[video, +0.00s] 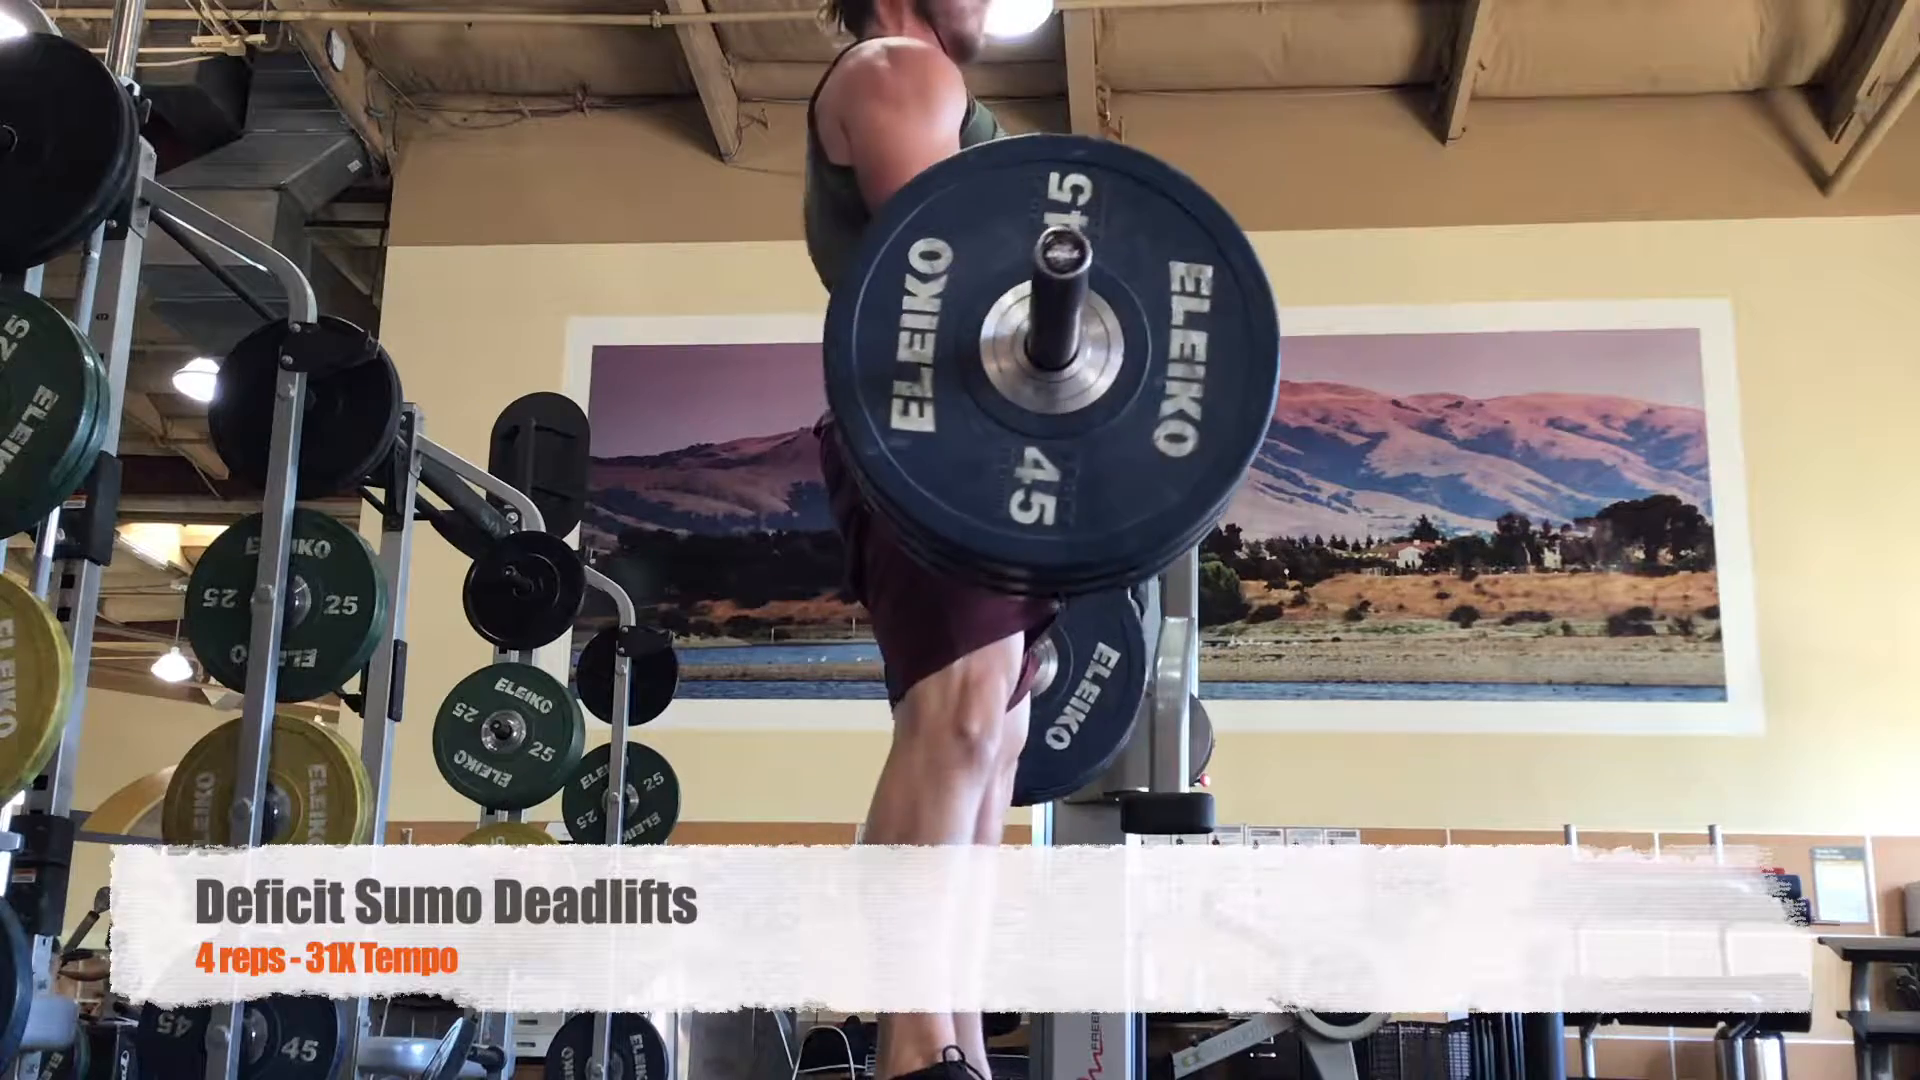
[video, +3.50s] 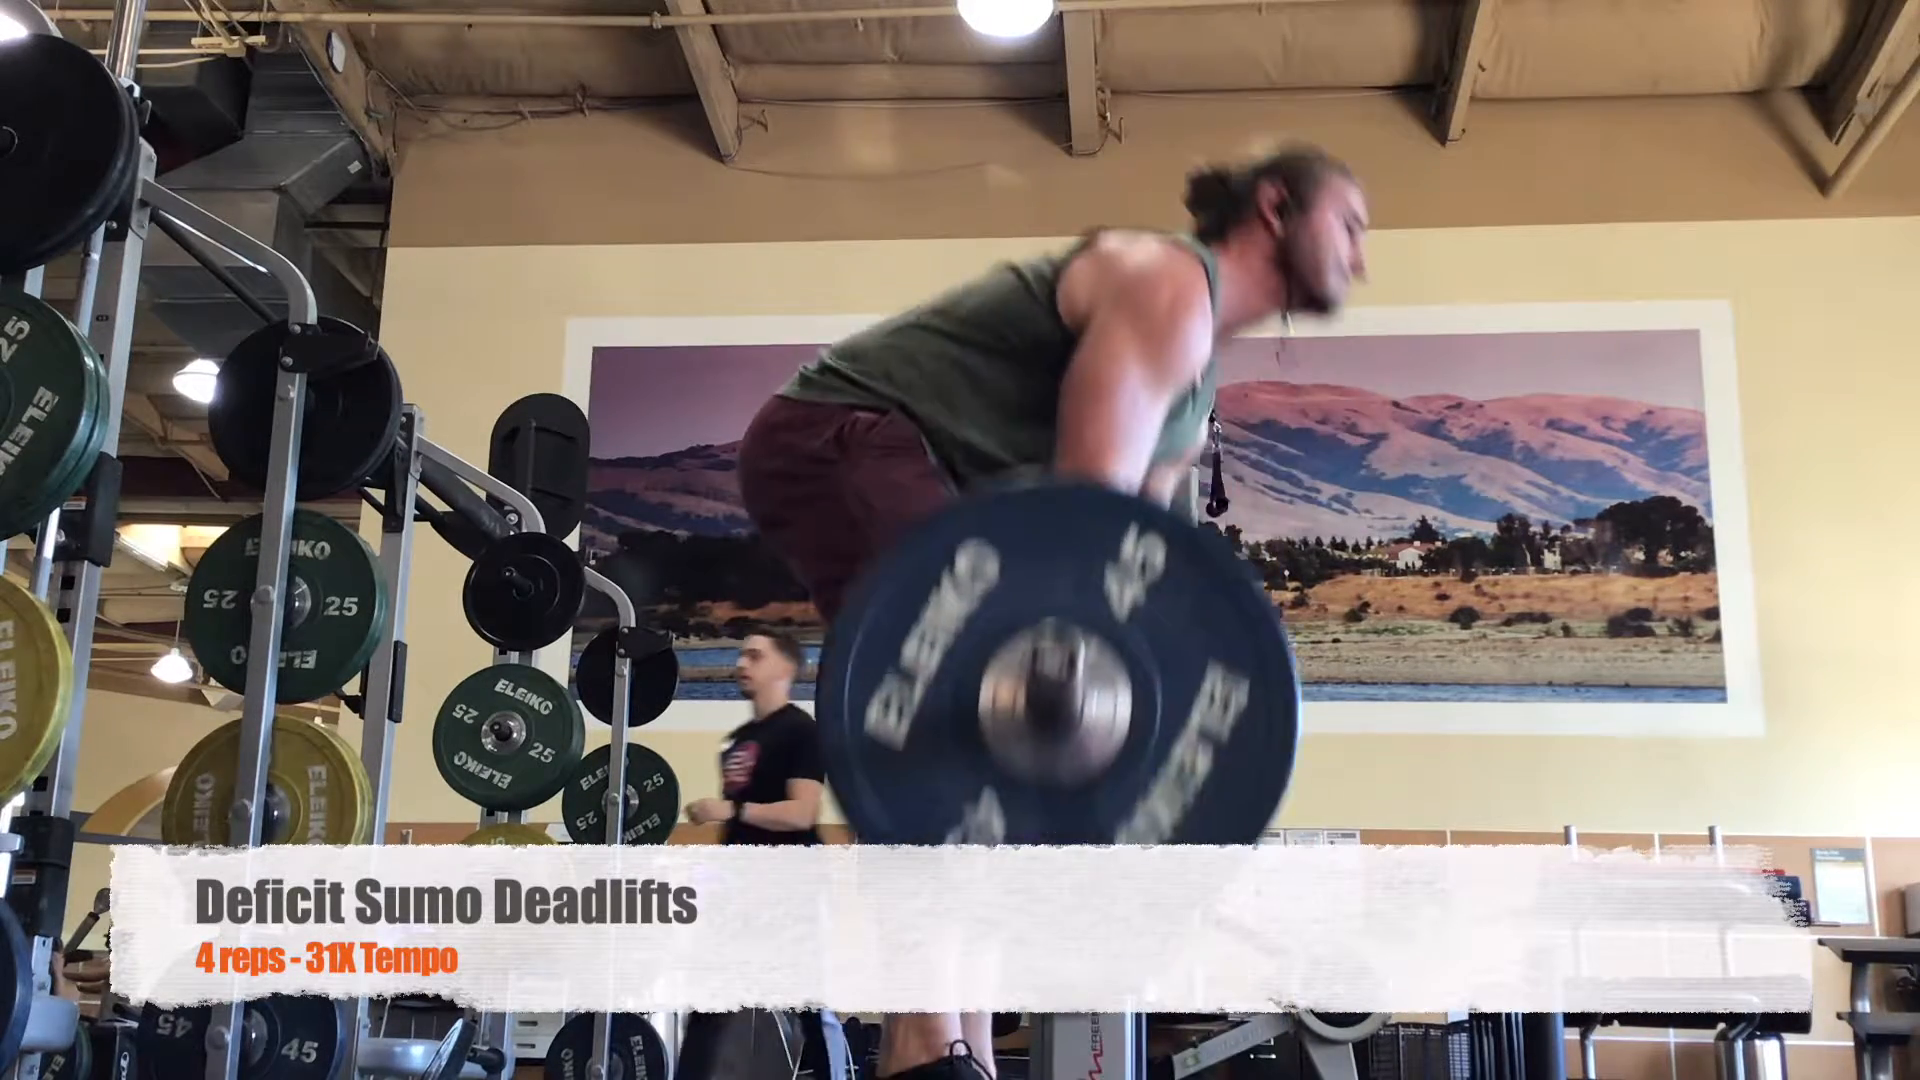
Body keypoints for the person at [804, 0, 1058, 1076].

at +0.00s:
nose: (994, 4)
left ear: (901, 11)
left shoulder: (931, 87)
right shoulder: (895, 70)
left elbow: (975, 278)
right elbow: (956, 271)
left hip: (969, 428)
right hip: (916, 423)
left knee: (997, 722)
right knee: (959, 711)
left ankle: (957, 1034)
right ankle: (912, 1045)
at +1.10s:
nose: (1171, 10)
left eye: (1167, 0)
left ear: (1079, 12)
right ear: (1088, 1)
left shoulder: (1062, 98)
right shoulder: (1054, 84)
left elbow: (1045, 334)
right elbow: (1038, 322)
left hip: (967, 442)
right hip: (920, 432)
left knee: (996, 713)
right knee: (962, 696)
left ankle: (956, 1037)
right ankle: (917, 1041)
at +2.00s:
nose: (1299, 129)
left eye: (1297, 108)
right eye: (1282, 103)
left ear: (1221, 116)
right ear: (1209, 106)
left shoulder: (1162, 246)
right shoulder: (1132, 192)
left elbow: (1105, 438)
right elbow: (1069, 407)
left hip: (905, 448)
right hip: (839, 426)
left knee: (991, 721)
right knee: (934, 701)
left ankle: (955, 1029)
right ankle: (907, 1037)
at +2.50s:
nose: (1347, 278)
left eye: (1347, 251)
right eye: (1333, 244)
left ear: (1263, 242)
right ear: (1261, 235)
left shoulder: (1185, 427)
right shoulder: (1154, 314)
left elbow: (1135, 582)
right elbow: (1084, 552)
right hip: (827, 457)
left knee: (996, 746)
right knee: (954, 726)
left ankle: (970, 1043)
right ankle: (923, 1043)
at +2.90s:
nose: (1379, 439)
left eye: (1382, 417)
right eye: (1367, 406)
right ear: (1293, 387)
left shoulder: (1188, 579)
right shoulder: (1166, 457)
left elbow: (1133, 739)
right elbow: (1080, 699)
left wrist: (1134, 894)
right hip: (809, 542)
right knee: (1039, 696)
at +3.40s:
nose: (1387, 342)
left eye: (1390, 320)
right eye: (1375, 308)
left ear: (1304, 294)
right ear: (1301, 286)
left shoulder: (1199, 467)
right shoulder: (1176, 354)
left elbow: (1141, 630)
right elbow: (1082, 582)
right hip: (840, 458)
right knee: (978, 727)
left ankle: (933, 1032)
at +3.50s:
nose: (1361, 258)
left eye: (1364, 235)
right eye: (1350, 225)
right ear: (1274, 206)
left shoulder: (1189, 395)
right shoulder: (1165, 286)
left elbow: (1145, 543)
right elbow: (1089, 502)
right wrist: (1091, 661)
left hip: (911, 466)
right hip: (840, 434)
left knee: (981, 728)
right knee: (945, 713)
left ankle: (965, 1037)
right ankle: (922, 1039)